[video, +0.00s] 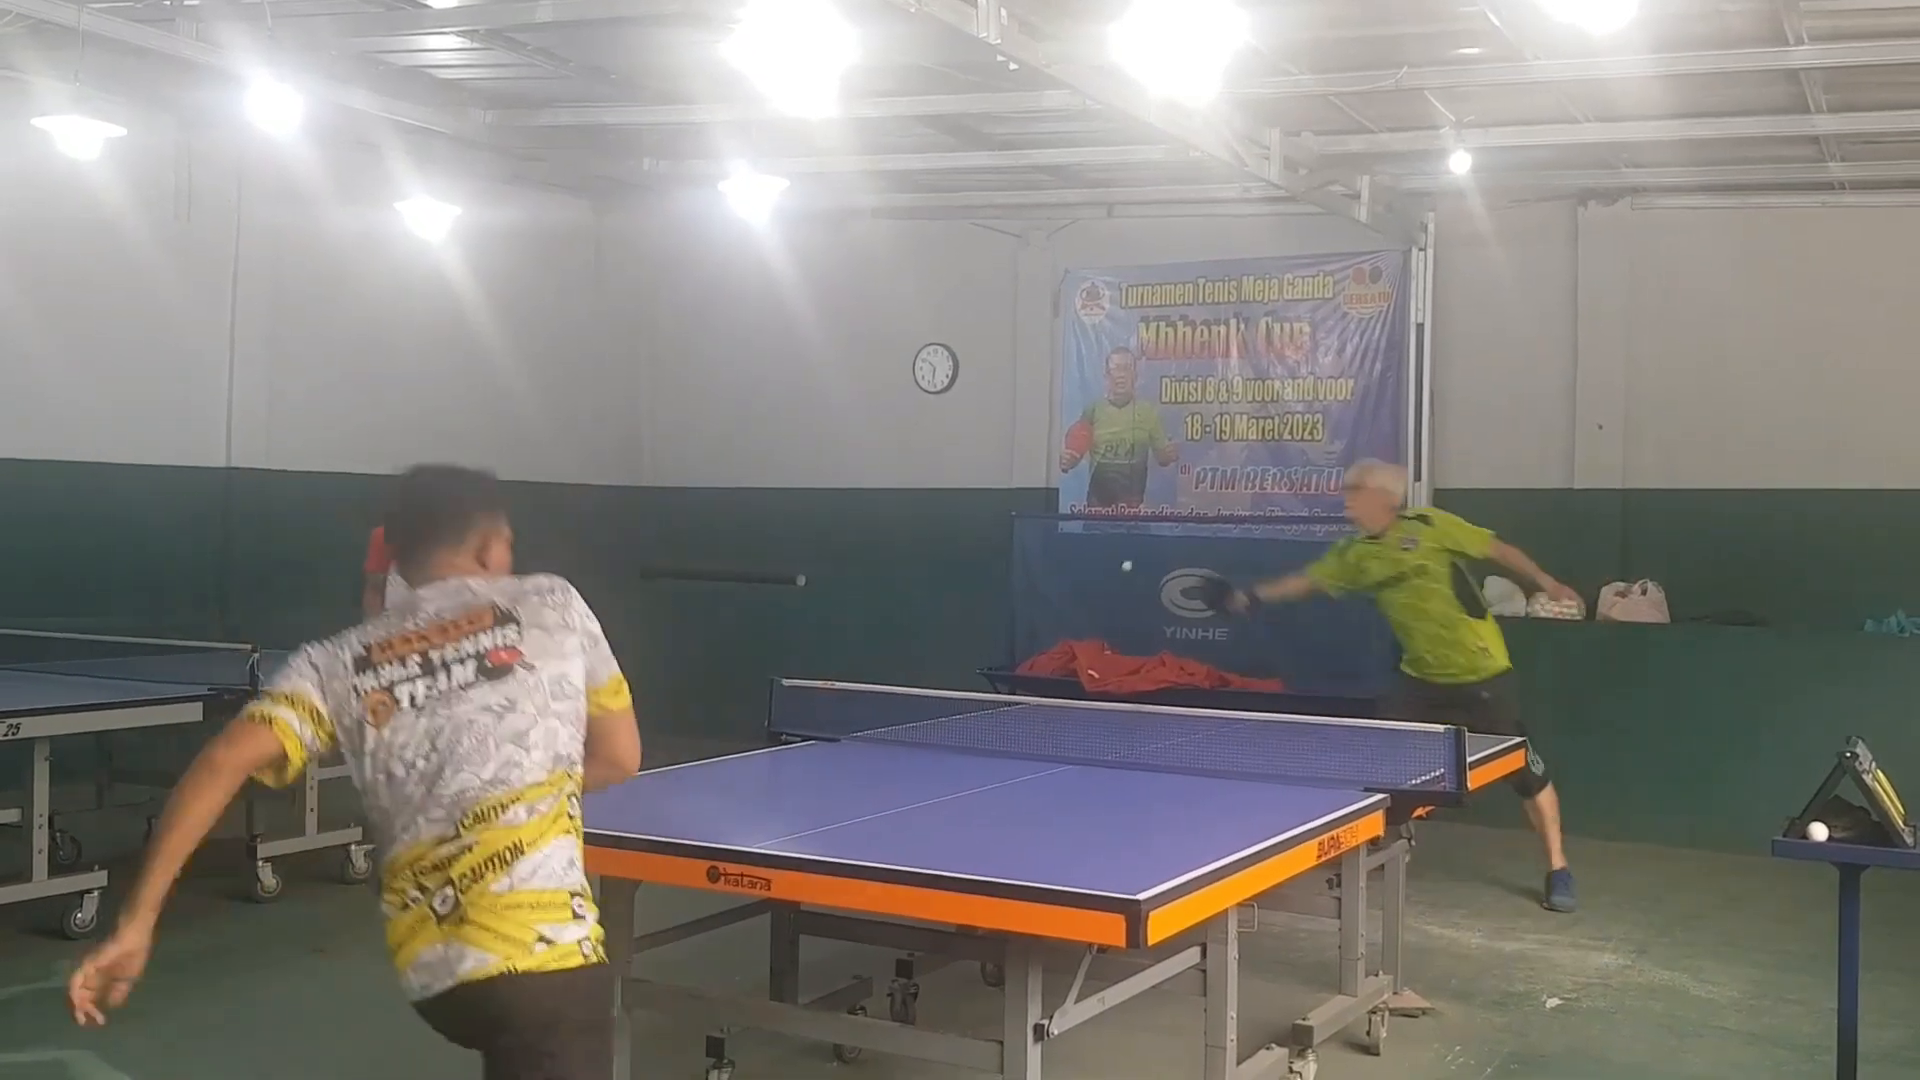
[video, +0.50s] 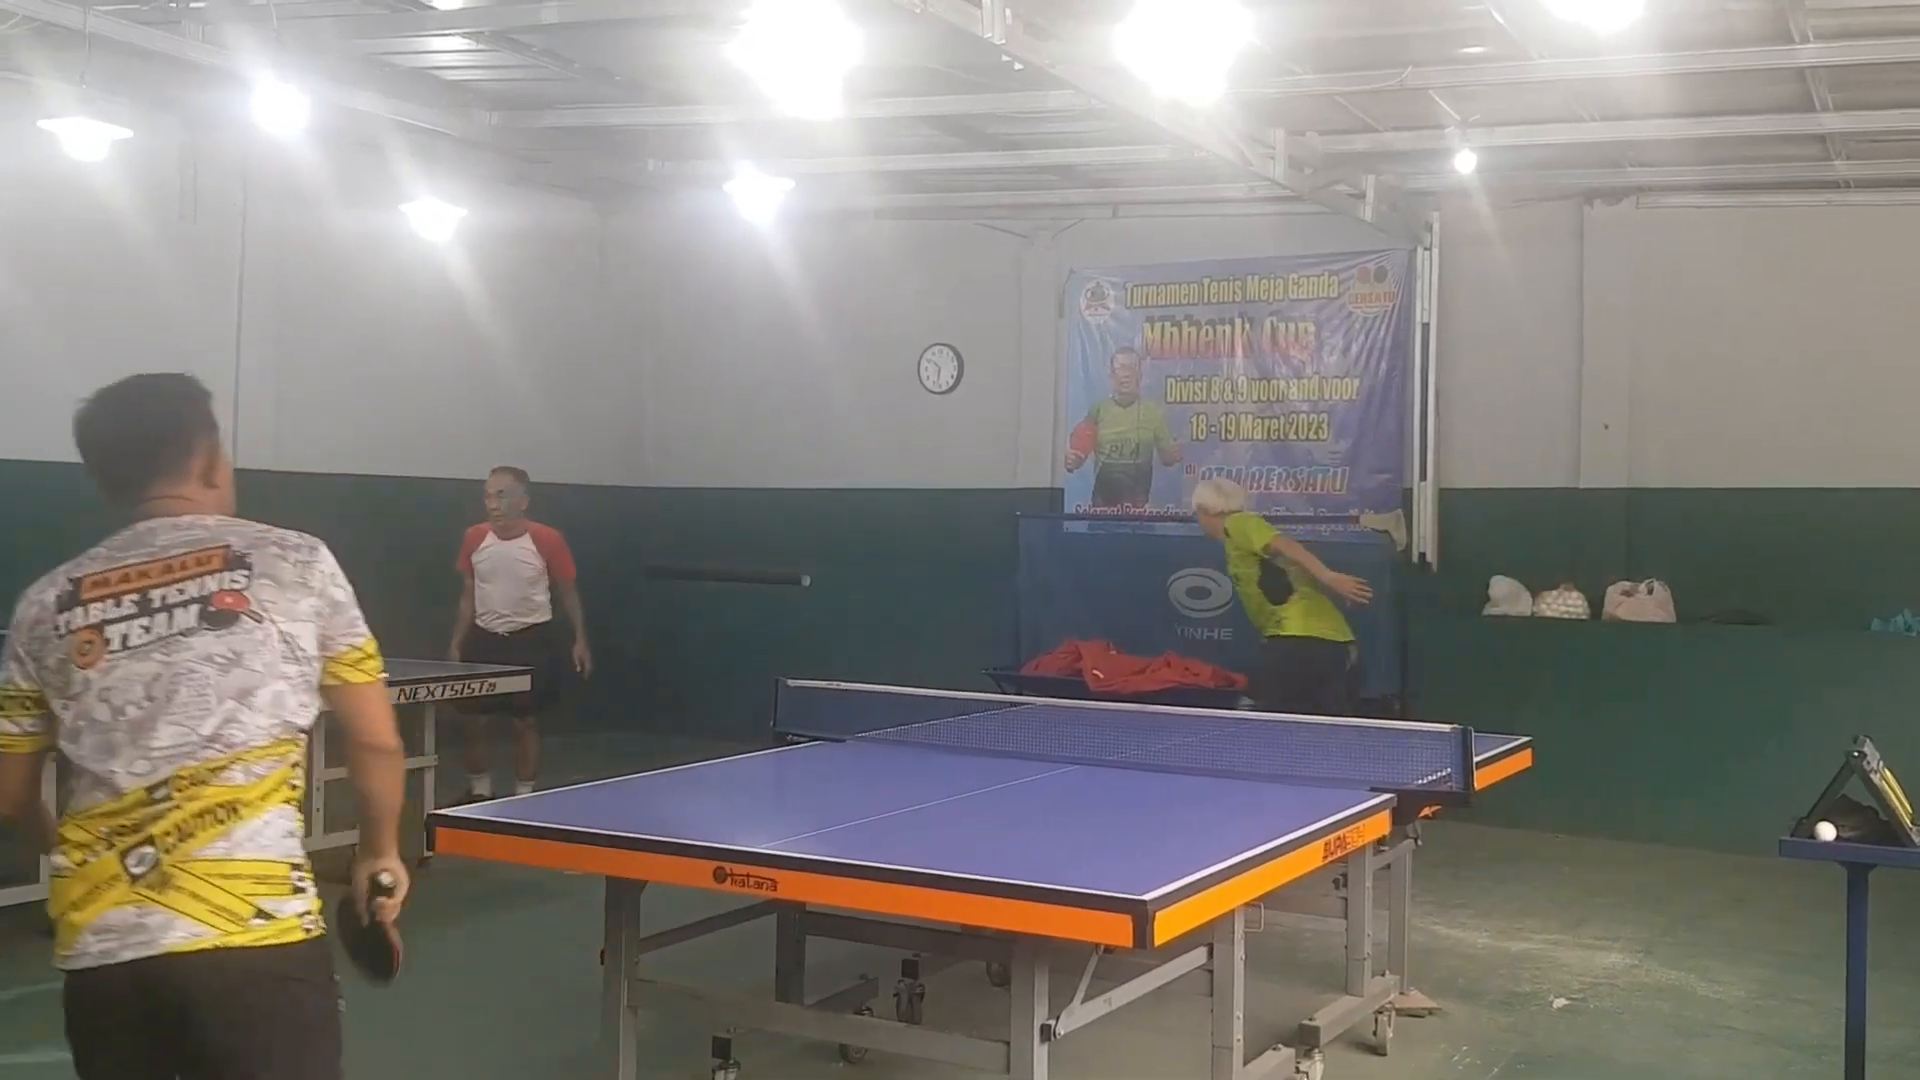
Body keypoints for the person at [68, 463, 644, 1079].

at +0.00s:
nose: (514, 568)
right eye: (510, 552)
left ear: (382, 557)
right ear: (494, 549)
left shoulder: (337, 661)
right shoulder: (552, 603)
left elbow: (225, 758)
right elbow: (618, 756)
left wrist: (136, 921)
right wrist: (524, 784)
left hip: (436, 972)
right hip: (545, 949)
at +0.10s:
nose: (470, 526)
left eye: (467, 513)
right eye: (469, 511)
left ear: (359, 521)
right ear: (454, 511)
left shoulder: (297, 629)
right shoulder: (528, 576)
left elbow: (225, 751)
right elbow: (620, 719)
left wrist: (148, 930)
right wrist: (521, 769)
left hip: (384, 955)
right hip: (508, 945)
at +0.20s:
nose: (423, 491)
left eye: (423, 476)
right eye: (424, 475)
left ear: (306, 489)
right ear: (408, 480)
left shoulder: (231, 613)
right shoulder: (481, 565)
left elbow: (204, 785)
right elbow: (592, 710)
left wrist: (169, 975)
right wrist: (513, 763)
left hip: (322, 968)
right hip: (456, 953)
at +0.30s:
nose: (355, 476)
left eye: (348, 456)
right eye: (350, 457)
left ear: (235, 479)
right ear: (334, 465)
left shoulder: (163, 610)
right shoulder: (408, 561)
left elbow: (135, 805)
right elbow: (525, 709)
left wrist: (152, 946)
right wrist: (449, 757)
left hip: (243, 968)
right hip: (391, 955)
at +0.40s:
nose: (273, 473)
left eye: (267, 456)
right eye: (269, 457)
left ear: (154, 488)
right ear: (257, 469)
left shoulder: (92, 615)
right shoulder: (346, 569)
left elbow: (71, 810)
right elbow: (449, 732)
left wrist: (143, 872)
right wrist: (412, 799)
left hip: (161, 976)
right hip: (318, 963)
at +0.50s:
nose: (227, 466)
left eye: (220, 448)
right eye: (224, 449)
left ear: (108, 483)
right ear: (212, 457)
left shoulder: (43, 606)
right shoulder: (299, 561)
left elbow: (16, 797)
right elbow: (375, 738)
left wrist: (84, 850)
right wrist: (382, 850)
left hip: (106, 973)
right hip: (260, 954)